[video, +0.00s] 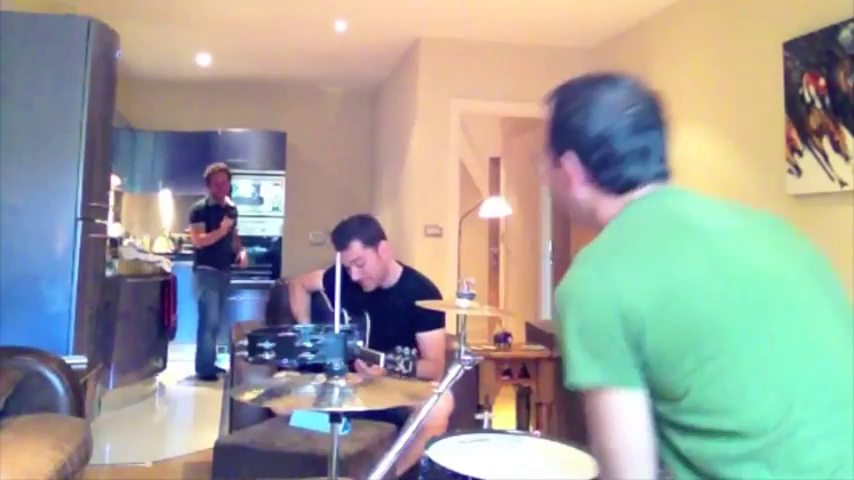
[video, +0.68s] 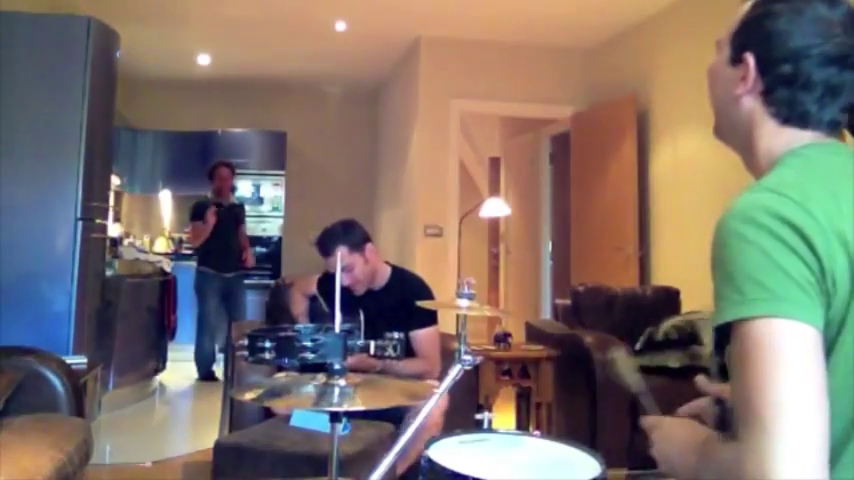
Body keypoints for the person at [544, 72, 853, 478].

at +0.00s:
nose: (546, 179)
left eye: (549, 164)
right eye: (547, 162)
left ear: (571, 171)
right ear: (653, 147)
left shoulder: (597, 279)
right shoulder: (762, 226)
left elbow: (628, 471)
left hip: (749, 468)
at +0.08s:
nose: (571, 157)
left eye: (573, 142)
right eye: (572, 141)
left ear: (598, 152)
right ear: (681, 134)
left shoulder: (616, 259)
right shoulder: (785, 220)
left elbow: (651, 468)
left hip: (748, 468)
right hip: (843, 460)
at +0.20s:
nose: (623, 132)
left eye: (625, 113)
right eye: (624, 113)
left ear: (649, 121)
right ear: (734, 116)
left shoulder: (666, 232)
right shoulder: (825, 215)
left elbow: (702, 462)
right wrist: (693, 439)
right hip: (841, 464)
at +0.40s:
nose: (672, 95)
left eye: (678, 77)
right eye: (676, 76)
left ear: (705, 92)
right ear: (796, 97)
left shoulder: (736, 215)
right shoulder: (842, 190)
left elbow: (754, 462)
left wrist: (684, 453)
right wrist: (735, 422)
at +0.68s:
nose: (710, 73)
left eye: (719, 55)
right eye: (717, 54)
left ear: (747, 76)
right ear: (829, 79)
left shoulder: (767, 217)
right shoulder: (841, 182)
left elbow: (784, 465)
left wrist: (695, 452)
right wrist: (753, 407)